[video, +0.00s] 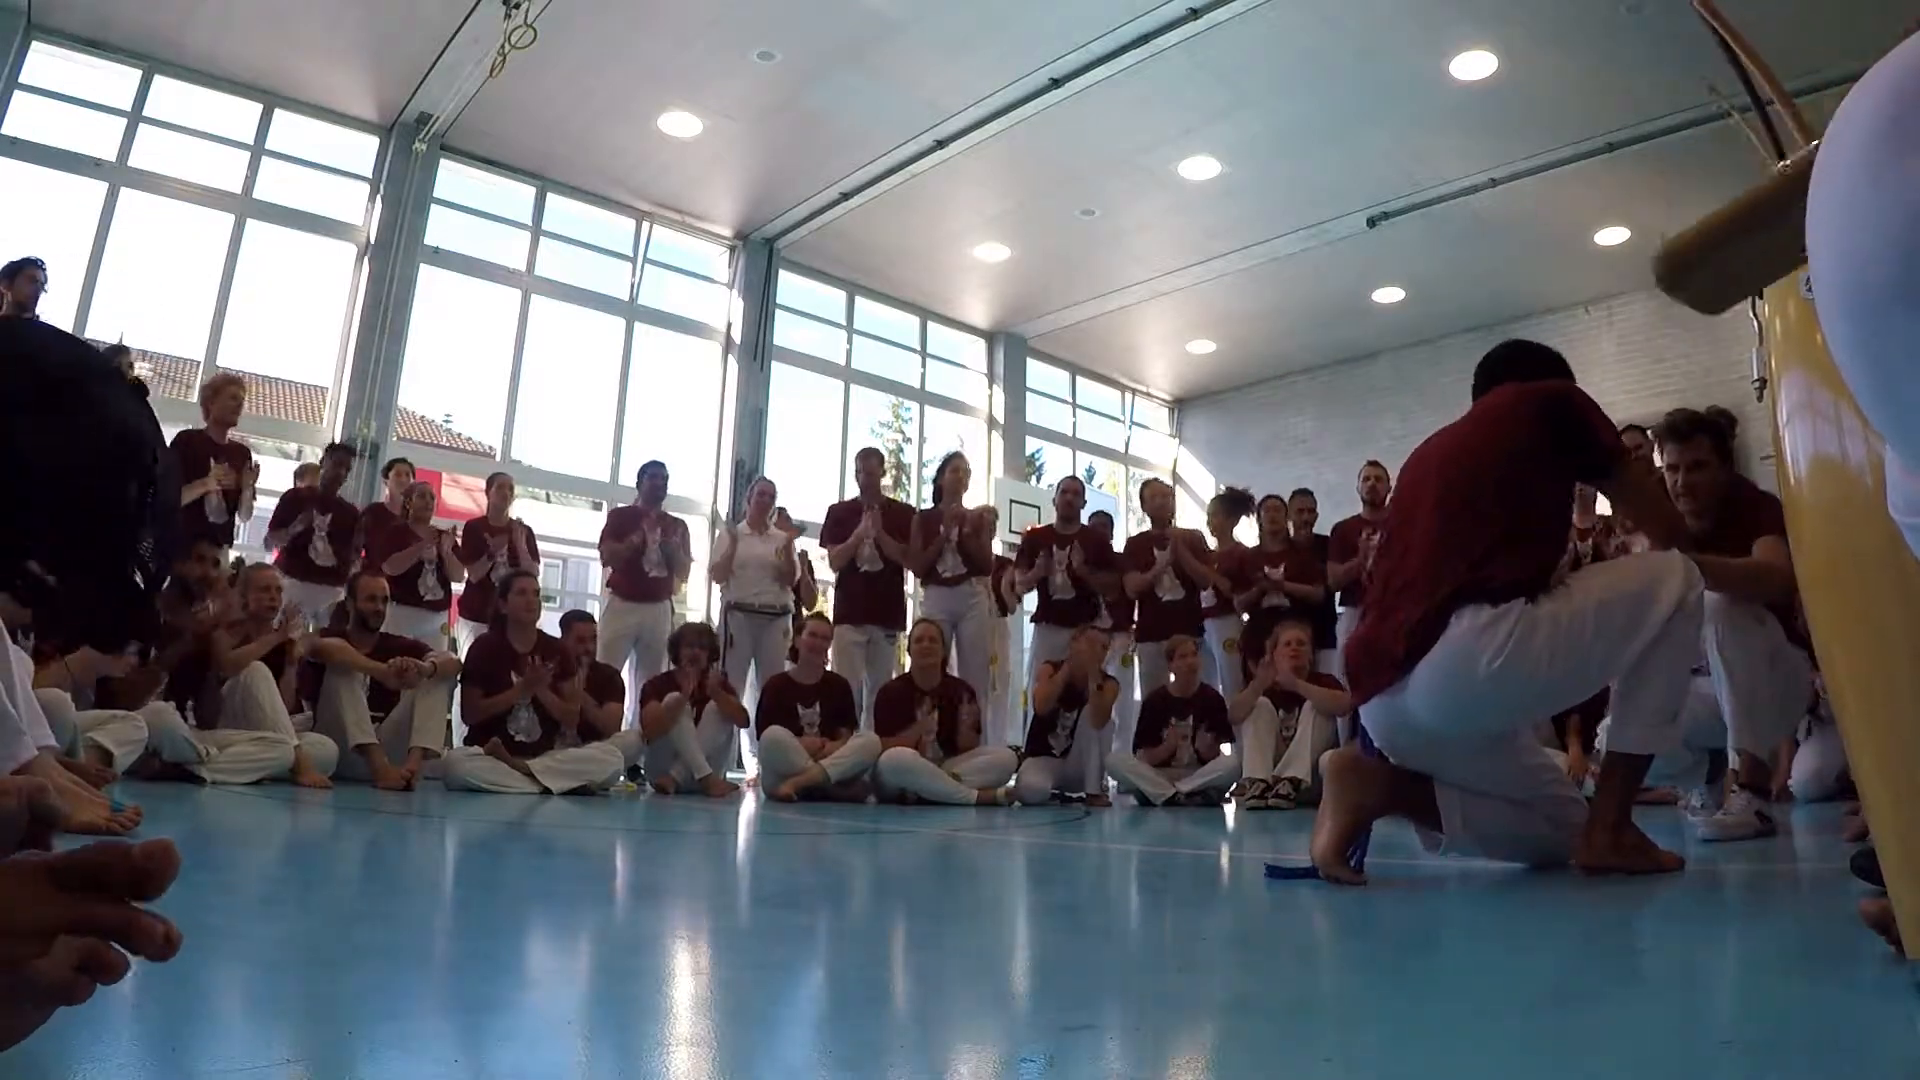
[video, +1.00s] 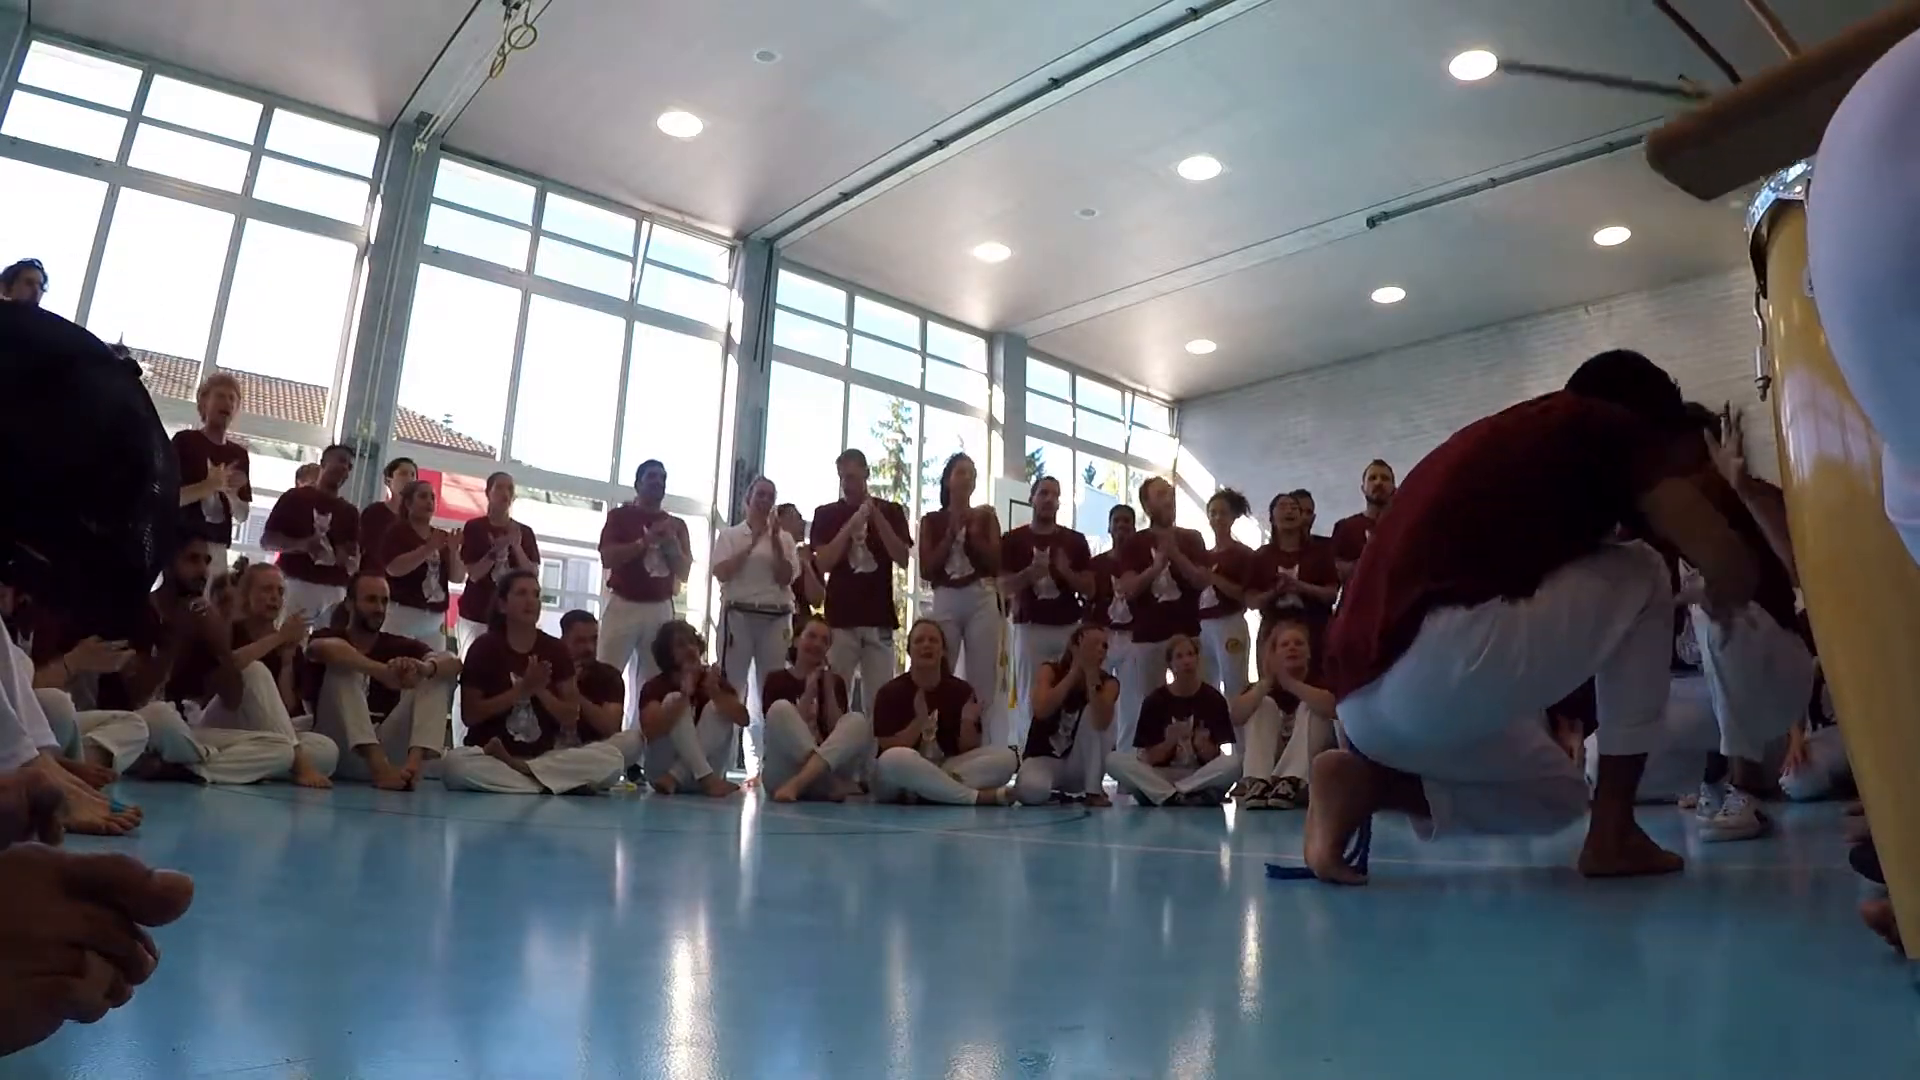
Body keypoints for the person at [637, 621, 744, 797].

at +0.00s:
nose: (695, 652)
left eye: (702, 648)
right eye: (689, 646)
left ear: (711, 654)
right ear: (676, 652)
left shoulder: (718, 682)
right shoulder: (656, 684)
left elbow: (743, 721)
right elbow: (650, 731)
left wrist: (716, 693)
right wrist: (683, 696)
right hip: (664, 771)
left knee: (719, 706)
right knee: (674, 701)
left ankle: (674, 777)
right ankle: (707, 778)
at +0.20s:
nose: (697, 653)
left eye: (703, 648)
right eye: (691, 647)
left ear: (712, 656)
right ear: (676, 652)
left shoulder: (719, 684)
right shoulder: (656, 685)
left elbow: (743, 719)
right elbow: (651, 728)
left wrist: (709, 691)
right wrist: (693, 697)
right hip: (664, 770)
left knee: (719, 707)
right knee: (676, 700)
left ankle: (674, 776)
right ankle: (707, 777)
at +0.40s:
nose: (695, 647)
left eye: (698, 641)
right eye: (686, 644)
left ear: (706, 647)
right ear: (673, 652)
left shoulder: (718, 682)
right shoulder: (656, 685)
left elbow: (744, 721)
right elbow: (651, 729)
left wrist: (713, 693)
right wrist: (695, 696)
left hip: (709, 771)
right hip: (665, 771)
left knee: (720, 708)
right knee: (675, 700)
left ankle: (674, 776)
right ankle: (707, 777)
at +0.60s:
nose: (692, 648)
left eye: (695, 642)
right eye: (683, 644)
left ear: (702, 646)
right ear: (669, 652)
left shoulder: (716, 680)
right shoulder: (656, 685)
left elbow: (745, 722)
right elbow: (650, 729)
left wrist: (716, 695)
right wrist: (687, 696)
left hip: (709, 771)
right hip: (665, 771)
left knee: (720, 707)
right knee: (674, 701)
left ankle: (674, 776)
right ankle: (707, 777)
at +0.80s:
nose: (691, 648)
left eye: (694, 642)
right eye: (682, 645)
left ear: (701, 646)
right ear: (668, 653)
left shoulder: (716, 681)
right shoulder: (655, 685)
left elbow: (743, 718)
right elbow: (650, 729)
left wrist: (712, 692)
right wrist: (688, 700)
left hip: (709, 771)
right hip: (664, 771)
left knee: (719, 706)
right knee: (675, 700)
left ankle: (675, 776)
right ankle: (707, 777)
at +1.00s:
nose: (690, 649)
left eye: (692, 642)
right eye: (681, 645)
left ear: (699, 645)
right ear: (668, 653)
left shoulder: (714, 679)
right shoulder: (654, 686)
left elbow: (743, 719)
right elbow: (651, 730)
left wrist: (715, 692)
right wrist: (684, 696)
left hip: (710, 770)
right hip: (664, 771)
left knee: (720, 706)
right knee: (674, 701)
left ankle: (674, 776)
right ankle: (708, 778)